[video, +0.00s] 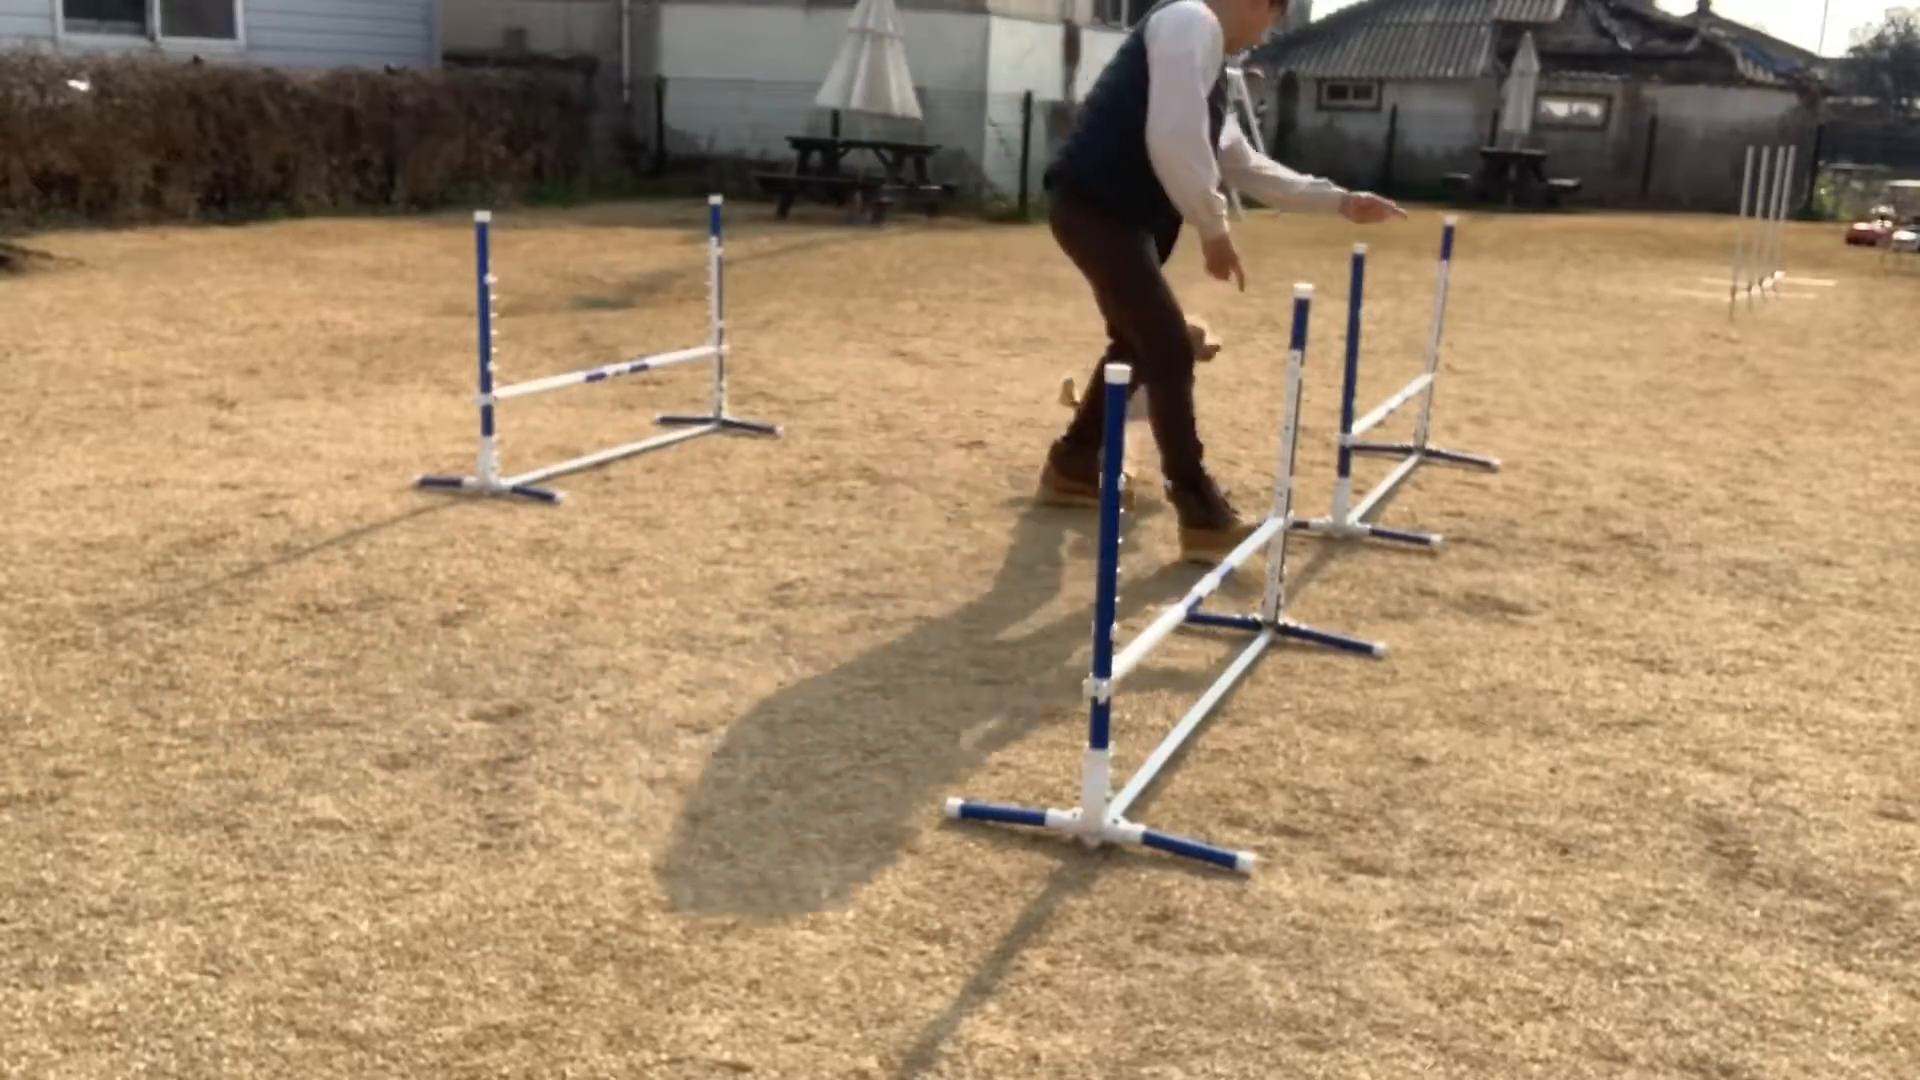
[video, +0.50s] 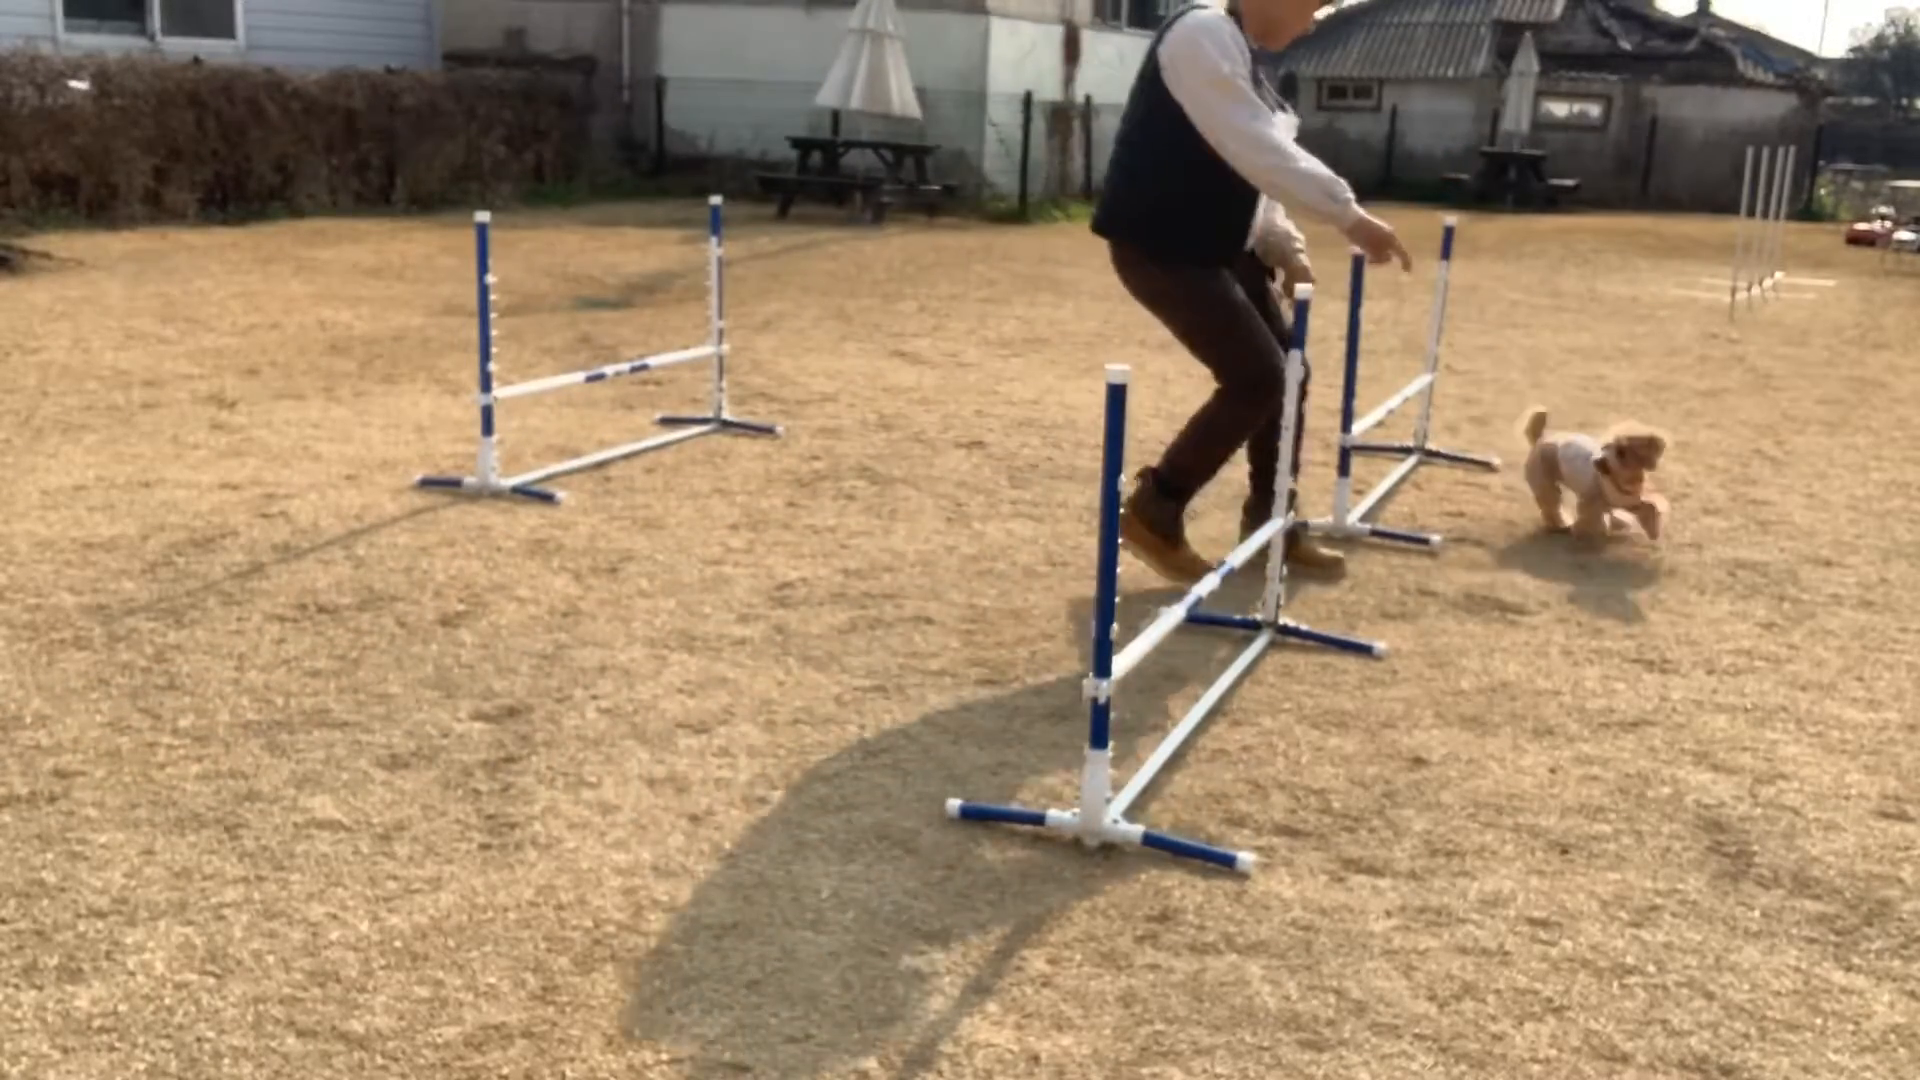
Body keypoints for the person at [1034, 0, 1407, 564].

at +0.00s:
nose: (1270, 31)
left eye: (1274, 21)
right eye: (1273, 16)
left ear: (1248, 9)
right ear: (1252, 3)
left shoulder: (1211, 72)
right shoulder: (1189, 22)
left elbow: (1245, 168)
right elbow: (1171, 135)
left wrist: (1341, 201)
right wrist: (1212, 230)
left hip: (1124, 217)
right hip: (1092, 208)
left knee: (1137, 344)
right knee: (1167, 347)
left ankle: (1073, 466)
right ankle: (1199, 513)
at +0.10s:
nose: (1286, 29)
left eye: (1294, 20)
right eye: (1292, 15)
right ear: (1267, 1)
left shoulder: (1236, 76)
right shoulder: (1202, 21)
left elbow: (1286, 158)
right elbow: (1187, 135)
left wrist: (1386, 177)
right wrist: (1235, 233)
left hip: (1167, 232)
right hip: (1119, 218)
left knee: (1171, 360)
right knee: (1182, 365)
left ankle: (1084, 458)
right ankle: (1211, 523)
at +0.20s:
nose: (1315, 13)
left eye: (1317, 5)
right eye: (1313, 2)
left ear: (1282, 4)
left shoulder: (1260, 62)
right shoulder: (1215, 20)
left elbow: (1307, 152)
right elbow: (1219, 141)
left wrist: (1405, 163)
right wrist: (1276, 236)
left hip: (1197, 228)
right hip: (1140, 219)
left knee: (1236, 359)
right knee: (1202, 364)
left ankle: (1142, 447)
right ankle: (1216, 521)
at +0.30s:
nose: (1328, 13)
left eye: (1331, 7)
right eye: (1328, 2)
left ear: (1300, 5)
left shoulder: (1267, 51)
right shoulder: (1224, 16)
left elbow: (1300, 146)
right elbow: (1246, 131)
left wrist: (1374, 179)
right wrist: (1316, 223)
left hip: (1214, 228)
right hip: (1151, 221)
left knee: (1265, 352)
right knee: (1211, 361)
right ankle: (1218, 526)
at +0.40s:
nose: (1329, 17)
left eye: (1333, 8)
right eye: (1328, 3)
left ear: (1293, 4)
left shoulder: (1273, 62)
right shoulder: (1210, 25)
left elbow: (1290, 166)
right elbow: (1261, 132)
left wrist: (1339, 225)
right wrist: (1342, 210)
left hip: (1237, 244)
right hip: (1167, 236)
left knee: (1293, 372)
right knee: (1249, 370)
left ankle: (1271, 520)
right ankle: (1205, 509)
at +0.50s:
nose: (1314, 23)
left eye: (1318, 12)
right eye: (1312, 8)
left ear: (1272, 6)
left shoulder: (1251, 63)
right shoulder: (1200, 33)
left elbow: (1247, 181)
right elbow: (1254, 147)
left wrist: (1286, 251)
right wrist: (1352, 217)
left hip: (1223, 246)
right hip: (1159, 246)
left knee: (1285, 373)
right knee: (1256, 379)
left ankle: (1271, 526)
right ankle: (1154, 510)